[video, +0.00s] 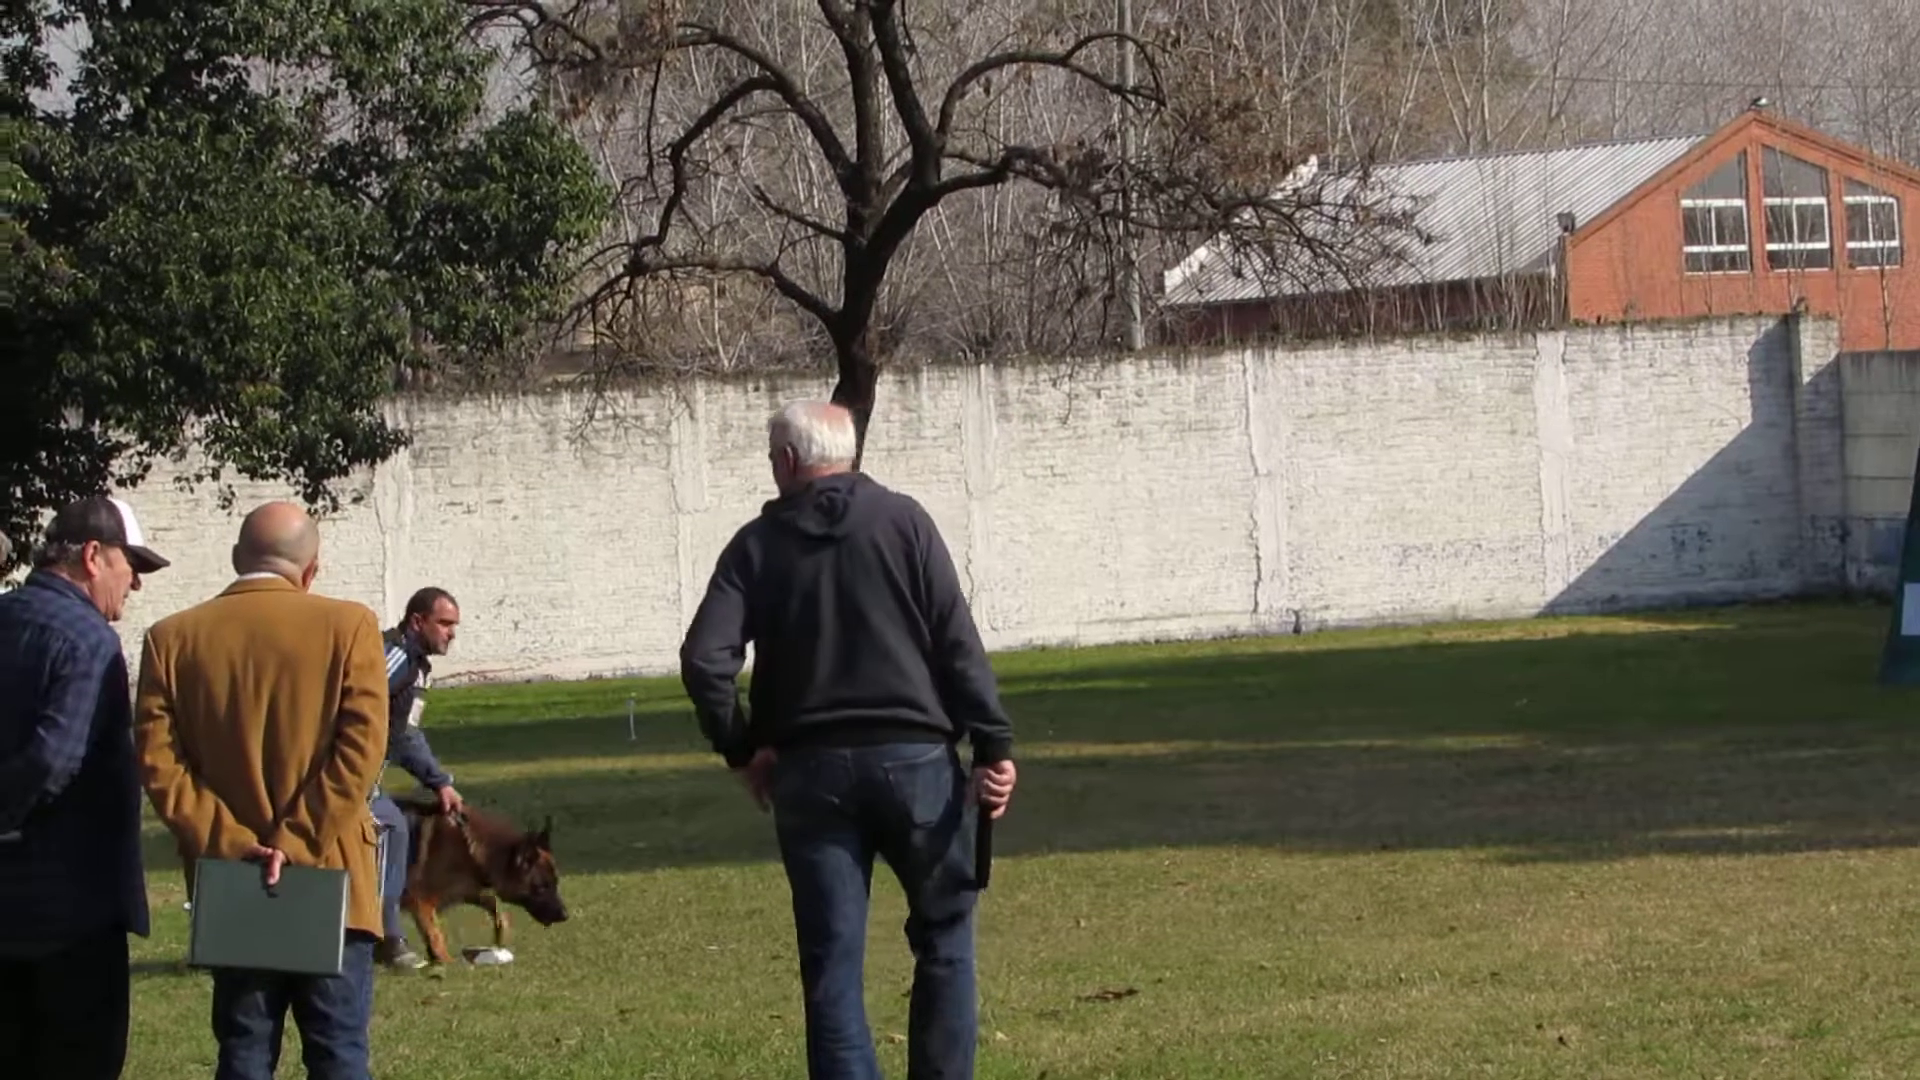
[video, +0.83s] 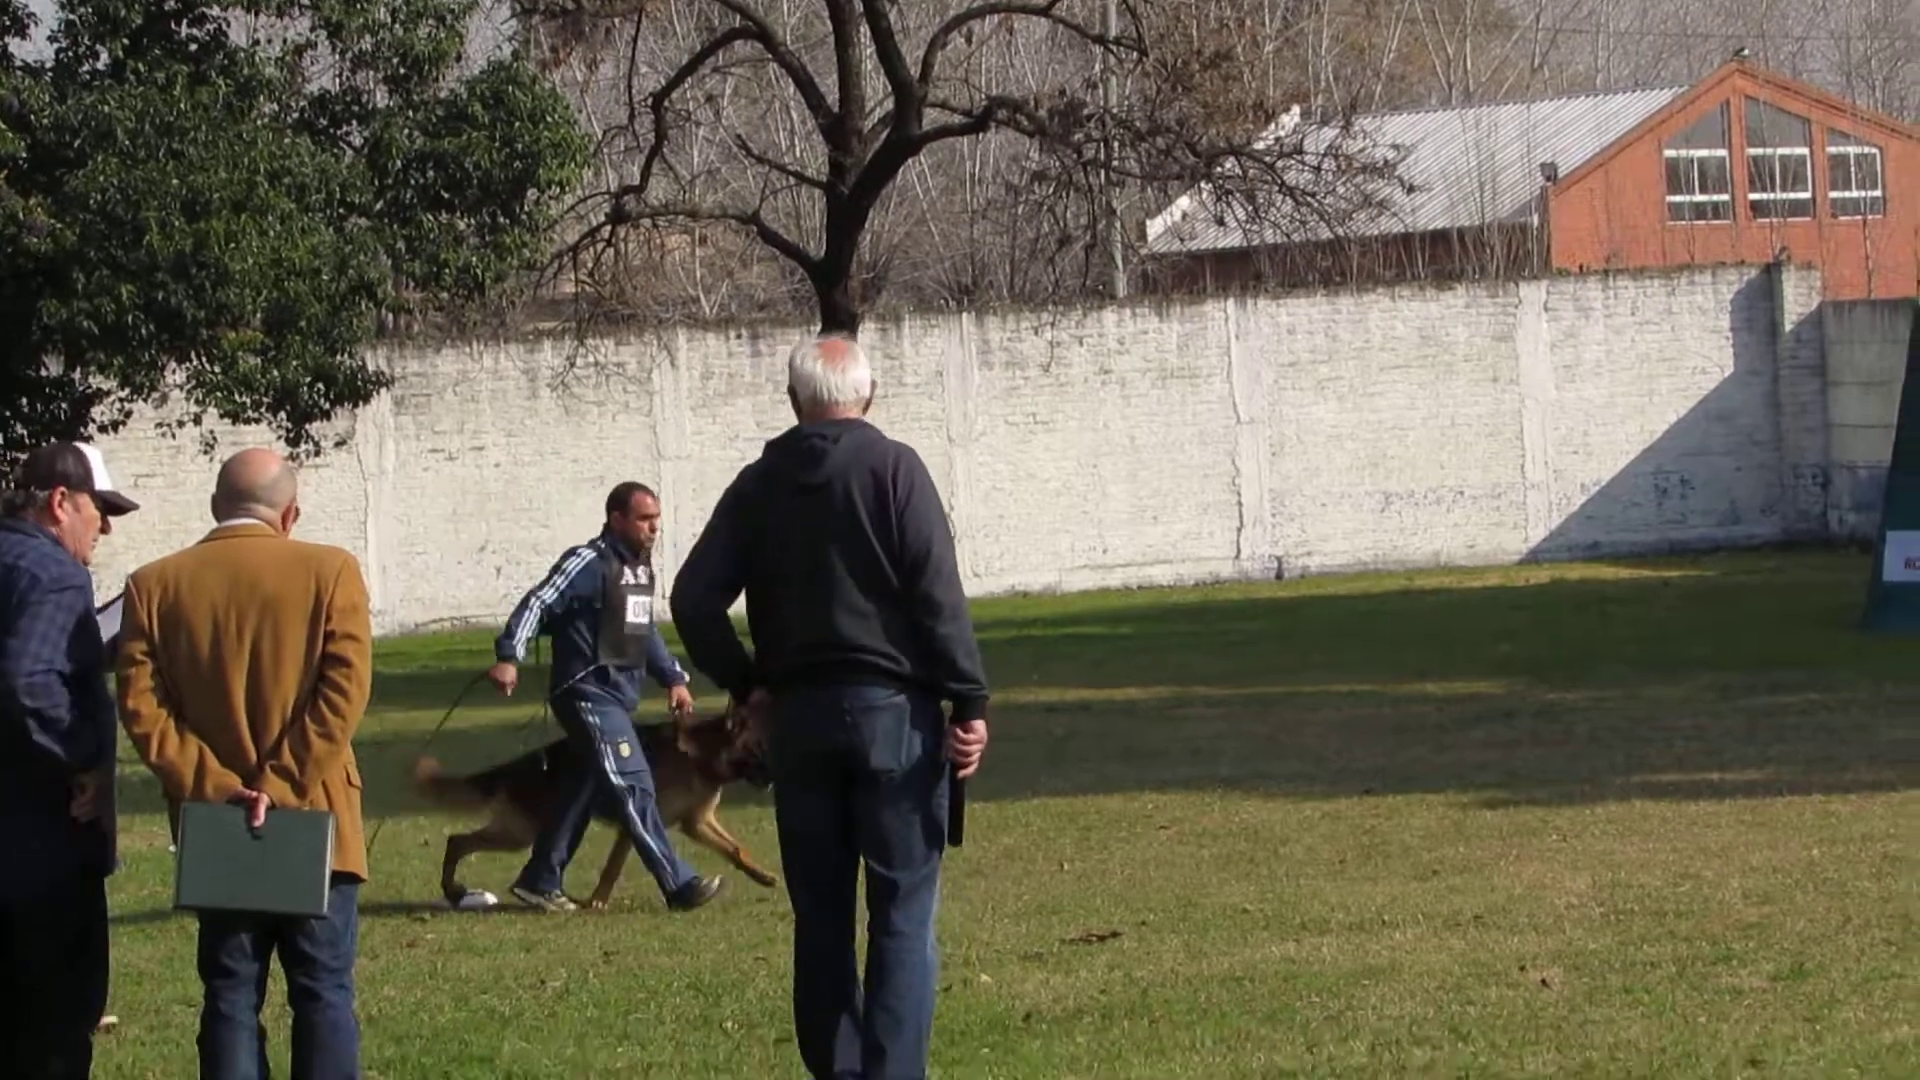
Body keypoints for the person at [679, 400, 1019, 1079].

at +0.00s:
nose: (771, 472)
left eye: (772, 461)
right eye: (773, 461)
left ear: (787, 461)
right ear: (852, 457)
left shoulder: (757, 542)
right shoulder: (904, 520)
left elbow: (705, 660)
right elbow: (956, 642)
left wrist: (742, 749)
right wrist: (994, 746)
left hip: (808, 773)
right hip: (915, 763)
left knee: (830, 964)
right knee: (945, 936)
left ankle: (845, 1076)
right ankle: (943, 1071)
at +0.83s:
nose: (872, 402)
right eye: (872, 392)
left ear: (793, 400)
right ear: (869, 397)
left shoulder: (757, 481)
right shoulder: (893, 466)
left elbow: (693, 600)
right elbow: (937, 595)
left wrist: (745, 684)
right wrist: (970, 702)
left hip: (795, 713)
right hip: (890, 709)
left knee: (818, 911)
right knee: (904, 907)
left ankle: (835, 1065)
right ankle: (897, 1068)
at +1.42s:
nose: (804, 173)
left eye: (799, 161)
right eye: (802, 162)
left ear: (723, 157)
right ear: (789, 165)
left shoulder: (674, 236)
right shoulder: (798, 238)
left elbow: (600, 352)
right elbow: (830, 373)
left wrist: (653, 442)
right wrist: (850, 484)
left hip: (692, 482)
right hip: (776, 481)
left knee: (711, 670)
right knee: (783, 672)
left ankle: (703, 859)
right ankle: (769, 864)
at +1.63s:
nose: (716, 135)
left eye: (713, 121)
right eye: (713, 123)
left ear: (634, 121)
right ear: (696, 127)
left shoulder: (585, 198)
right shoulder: (696, 201)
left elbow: (517, 318)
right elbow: (726, 335)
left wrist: (580, 401)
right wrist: (752, 447)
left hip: (605, 450)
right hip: (686, 450)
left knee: (615, 635)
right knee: (696, 637)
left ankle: (608, 824)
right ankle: (681, 828)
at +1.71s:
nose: (662, 122)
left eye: (659, 108)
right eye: (658, 109)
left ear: (583, 109)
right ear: (636, 112)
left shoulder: (534, 183)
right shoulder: (639, 186)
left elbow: (468, 307)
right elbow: (667, 323)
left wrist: (535, 394)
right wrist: (694, 435)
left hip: (554, 439)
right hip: (633, 439)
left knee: (563, 628)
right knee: (645, 631)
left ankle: (556, 814)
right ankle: (629, 817)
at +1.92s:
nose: (507, 94)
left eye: (506, 78)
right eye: (502, 79)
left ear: (435, 82)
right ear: (469, 82)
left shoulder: (379, 155)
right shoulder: (473, 158)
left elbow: (317, 282)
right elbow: (499, 288)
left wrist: (378, 366)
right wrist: (523, 405)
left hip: (398, 412)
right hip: (472, 411)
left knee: (408, 602)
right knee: (493, 606)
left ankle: (407, 790)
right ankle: (480, 792)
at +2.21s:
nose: (213, 76)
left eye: (214, 61)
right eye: (210, 61)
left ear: (148, 60)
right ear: (176, 60)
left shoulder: (90, 133)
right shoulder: (174, 136)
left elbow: (27, 260)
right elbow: (198, 261)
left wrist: (84, 343)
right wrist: (221, 381)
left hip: (105, 389)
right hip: (173, 388)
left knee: (116, 582)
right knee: (201, 584)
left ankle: (122, 772)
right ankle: (195, 773)